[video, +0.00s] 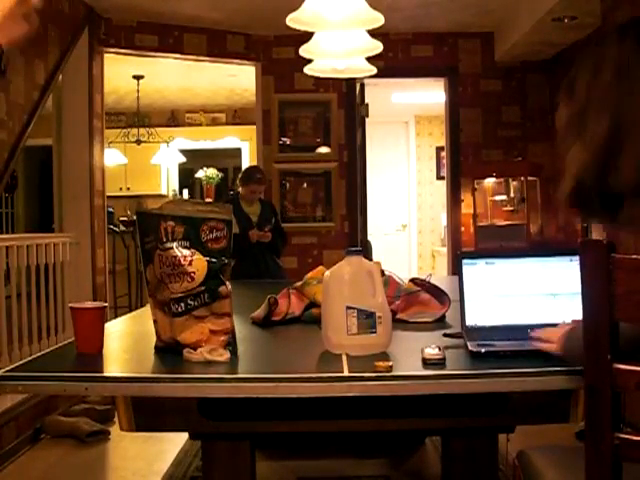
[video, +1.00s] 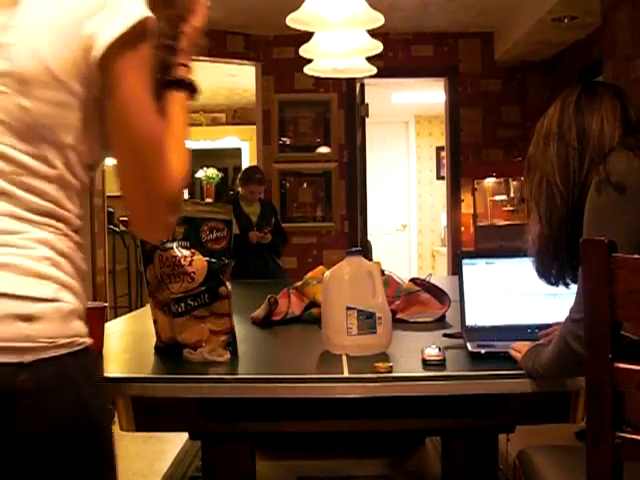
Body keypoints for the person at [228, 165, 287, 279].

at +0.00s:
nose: (256, 197)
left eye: (260, 193)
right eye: (252, 192)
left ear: (264, 189)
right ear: (241, 187)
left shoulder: (268, 207)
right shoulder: (230, 206)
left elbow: (282, 238)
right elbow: (226, 242)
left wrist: (271, 237)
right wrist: (248, 237)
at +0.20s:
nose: (256, 197)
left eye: (260, 192)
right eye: (252, 192)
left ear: (264, 190)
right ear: (241, 187)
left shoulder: (268, 206)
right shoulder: (230, 206)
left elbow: (282, 237)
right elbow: (227, 241)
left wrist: (270, 237)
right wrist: (248, 237)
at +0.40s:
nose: (256, 197)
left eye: (260, 193)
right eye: (252, 192)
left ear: (264, 190)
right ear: (241, 187)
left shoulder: (268, 206)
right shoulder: (230, 206)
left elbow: (283, 238)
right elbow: (226, 241)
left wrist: (271, 237)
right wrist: (248, 237)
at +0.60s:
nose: (256, 197)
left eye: (260, 193)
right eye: (252, 192)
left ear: (264, 190)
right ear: (241, 186)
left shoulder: (268, 207)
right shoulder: (230, 206)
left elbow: (283, 239)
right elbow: (226, 242)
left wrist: (270, 239)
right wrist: (247, 238)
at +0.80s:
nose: (256, 197)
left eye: (260, 193)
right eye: (252, 192)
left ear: (264, 189)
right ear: (241, 187)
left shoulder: (268, 207)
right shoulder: (230, 206)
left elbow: (283, 238)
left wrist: (270, 239)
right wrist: (247, 238)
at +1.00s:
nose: (256, 197)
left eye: (260, 193)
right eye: (251, 193)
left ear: (264, 189)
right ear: (241, 187)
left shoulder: (267, 206)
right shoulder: (230, 206)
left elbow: (282, 237)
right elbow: (225, 241)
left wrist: (270, 238)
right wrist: (247, 238)